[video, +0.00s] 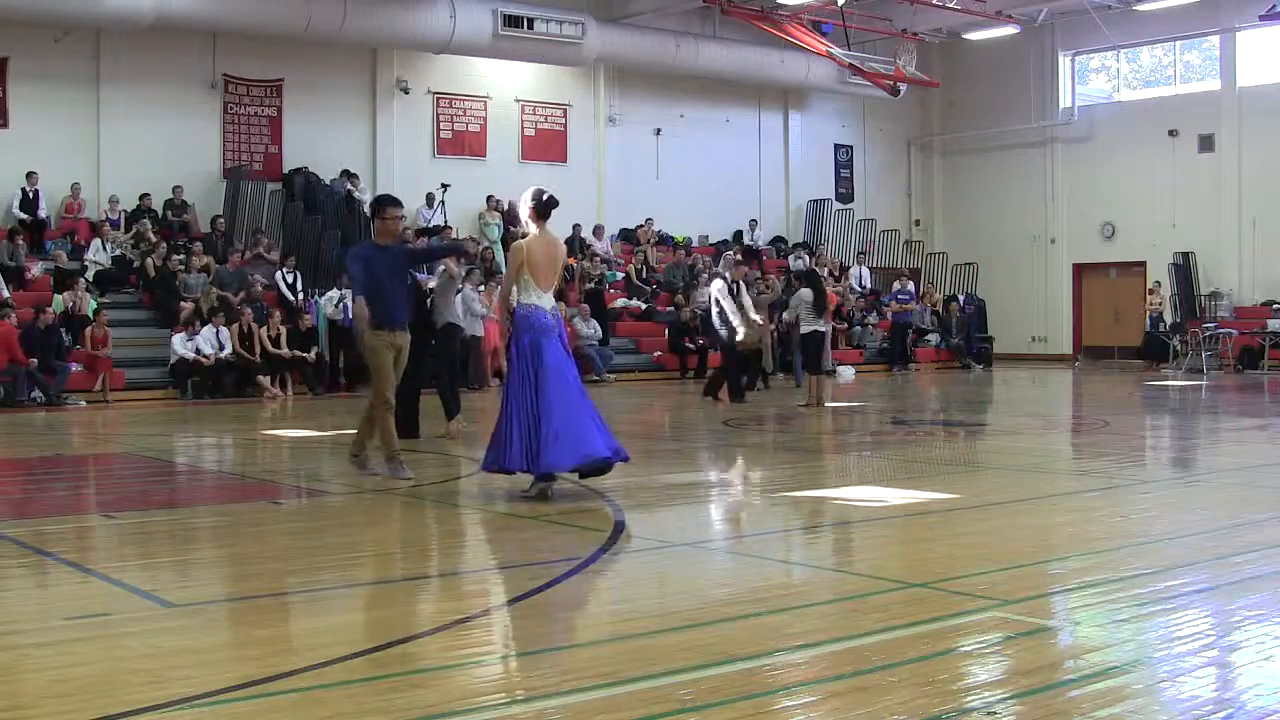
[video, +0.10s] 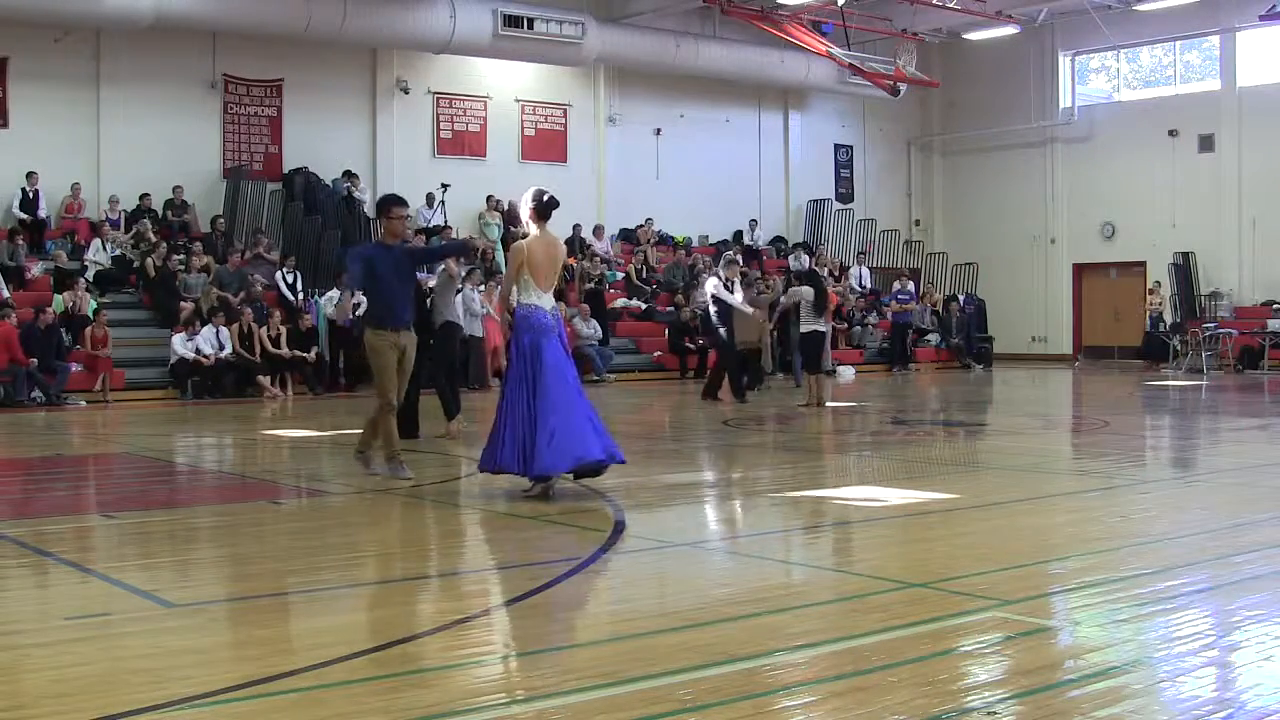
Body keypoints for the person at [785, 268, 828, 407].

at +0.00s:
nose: (801, 282)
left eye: (802, 279)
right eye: (802, 279)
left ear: (805, 279)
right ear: (817, 279)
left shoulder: (801, 293)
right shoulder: (822, 293)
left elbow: (792, 310)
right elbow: (822, 313)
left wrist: (789, 316)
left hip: (807, 331)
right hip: (820, 330)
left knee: (810, 367)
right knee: (818, 367)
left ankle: (811, 398)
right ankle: (820, 398)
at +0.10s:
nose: (800, 282)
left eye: (801, 279)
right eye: (800, 279)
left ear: (806, 279)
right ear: (817, 278)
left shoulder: (804, 291)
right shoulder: (822, 292)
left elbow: (786, 297)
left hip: (808, 331)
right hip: (820, 331)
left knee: (810, 368)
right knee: (817, 368)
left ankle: (811, 398)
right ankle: (820, 398)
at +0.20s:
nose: (804, 283)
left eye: (805, 279)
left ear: (808, 279)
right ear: (818, 278)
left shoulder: (808, 290)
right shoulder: (826, 292)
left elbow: (793, 281)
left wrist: (792, 276)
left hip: (807, 330)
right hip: (821, 330)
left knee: (802, 364)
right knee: (818, 367)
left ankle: (806, 396)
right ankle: (821, 398)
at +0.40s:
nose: (807, 281)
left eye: (808, 279)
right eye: (807, 278)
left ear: (811, 281)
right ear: (822, 280)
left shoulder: (809, 292)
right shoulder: (828, 295)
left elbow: (804, 274)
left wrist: (799, 257)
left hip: (807, 330)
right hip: (821, 331)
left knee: (795, 359)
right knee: (820, 367)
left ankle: (795, 392)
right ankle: (821, 398)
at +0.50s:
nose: (808, 282)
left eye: (809, 280)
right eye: (809, 279)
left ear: (812, 281)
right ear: (824, 282)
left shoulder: (809, 292)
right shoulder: (828, 296)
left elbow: (805, 272)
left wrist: (808, 256)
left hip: (805, 330)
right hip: (820, 331)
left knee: (791, 360)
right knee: (820, 367)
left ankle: (794, 393)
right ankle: (821, 398)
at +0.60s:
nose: (808, 282)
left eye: (810, 279)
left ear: (812, 282)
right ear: (824, 282)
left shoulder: (808, 293)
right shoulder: (827, 297)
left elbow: (808, 273)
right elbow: (826, 316)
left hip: (804, 329)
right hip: (820, 331)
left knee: (790, 361)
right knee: (820, 367)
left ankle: (795, 392)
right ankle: (821, 398)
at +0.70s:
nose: (809, 283)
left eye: (811, 280)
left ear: (813, 283)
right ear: (825, 283)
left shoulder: (808, 294)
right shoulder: (826, 298)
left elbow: (808, 273)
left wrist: (813, 256)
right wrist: (821, 258)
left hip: (801, 330)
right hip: (818, 331)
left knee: (789, 360)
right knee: (820, 367)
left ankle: (795, 393)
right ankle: (821, 399)